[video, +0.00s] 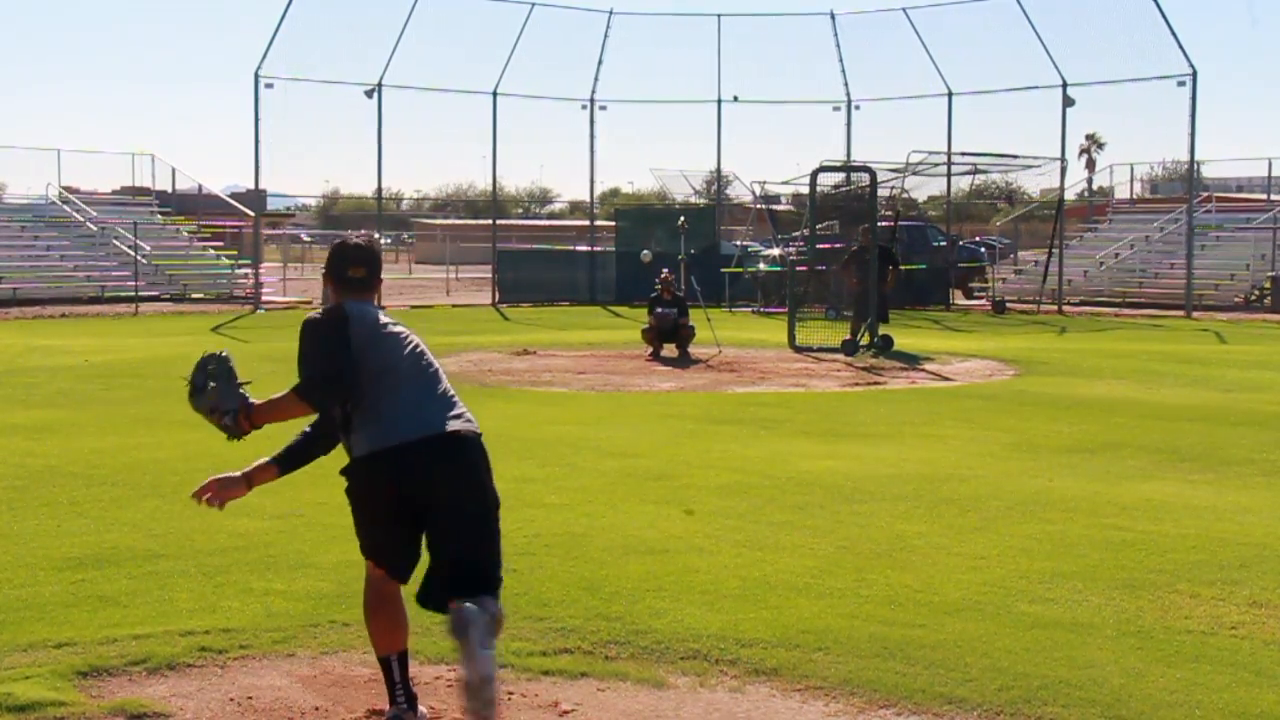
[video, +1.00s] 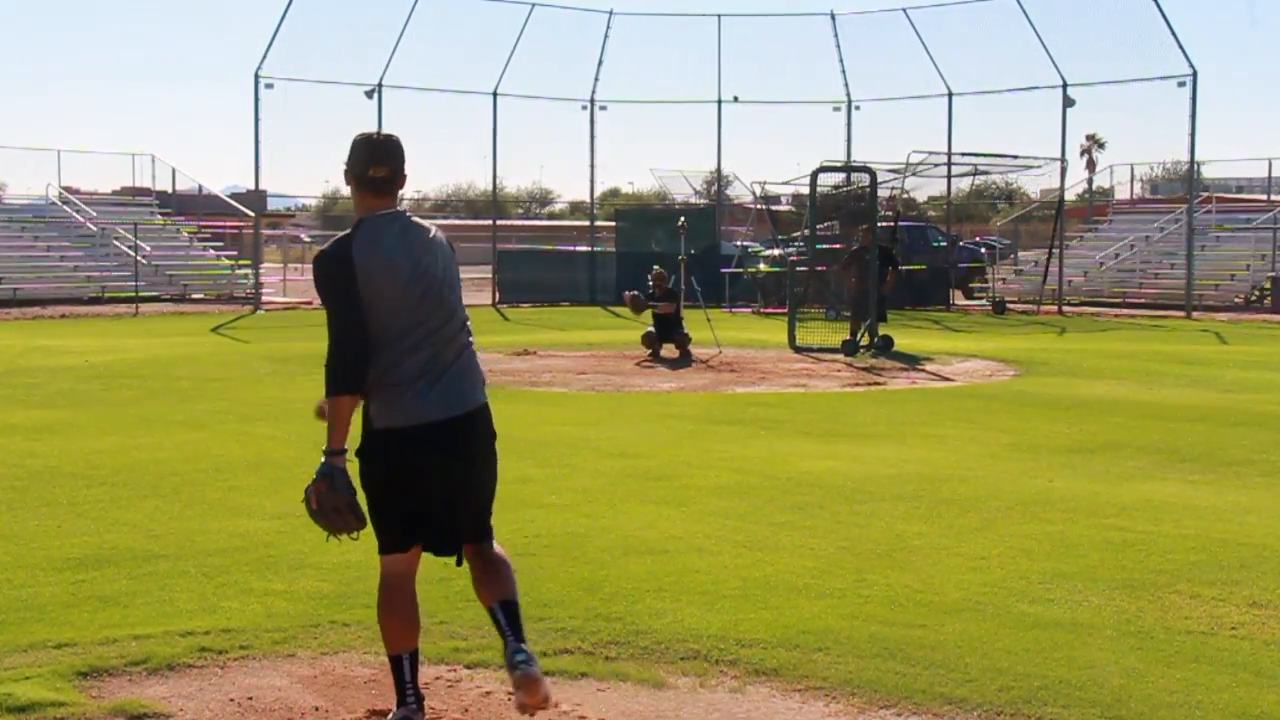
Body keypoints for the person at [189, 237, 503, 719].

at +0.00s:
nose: (322, 288)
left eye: (323, 281)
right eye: (325, 282)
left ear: (328, 283)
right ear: (378, 285)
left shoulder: (323, 324)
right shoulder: (396, 333)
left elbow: (320, 395)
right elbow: (328, 432)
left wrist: (251, 413)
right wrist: (248, 477)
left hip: (385, 461)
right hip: (457, 449)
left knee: (384, 574)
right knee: (475, 586)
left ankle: (401, 701)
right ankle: (474, 626)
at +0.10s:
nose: (308, 276)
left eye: (309, 268)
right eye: (313, 269)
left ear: (313, 270)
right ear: (362, 271)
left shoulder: (318, 304)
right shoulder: (385, 316)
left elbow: (336, 353)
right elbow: (366, 413)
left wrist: (265, 411)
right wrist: (308, 460)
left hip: (395, 443)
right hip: (467, 421)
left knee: (395, 570)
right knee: (520, 565)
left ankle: (406, 700)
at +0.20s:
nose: (301, 263)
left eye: (300, 255)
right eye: (311, 253)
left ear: (304, 257)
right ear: (352, 254)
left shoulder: (312, 295)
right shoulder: (377, 301)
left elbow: (340, 343)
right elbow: (381, 401)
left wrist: (314, 412)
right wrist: (349, 476)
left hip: (404, 438)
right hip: (474, 407)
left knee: (403, 571)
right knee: (559, 536)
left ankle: (408, 704)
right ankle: (666, 609)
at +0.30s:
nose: (295, 248)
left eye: (296, 240)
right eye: (302, 238)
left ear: (301, 246)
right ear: (348, 243)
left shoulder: (315, 289)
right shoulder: (374, 288)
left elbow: (366, 342)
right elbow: (384, 390)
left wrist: (380, 421)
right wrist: (367, 480)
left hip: (419, 431)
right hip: (482, 403)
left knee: (410, 571)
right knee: (574, 529)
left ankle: (409, 704)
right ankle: (679, 628)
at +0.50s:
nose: (309, 224)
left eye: (309, 216)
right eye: (314, 216)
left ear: (313, 223)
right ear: (363, 216)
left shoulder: (347, 276)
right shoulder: (374, 265)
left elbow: (417, 347)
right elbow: (355, 370)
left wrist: (445, 432)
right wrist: (317, 444)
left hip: (431, 428)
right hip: (493, 410)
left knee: (418, 567)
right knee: (542, 548)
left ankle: (411, 703)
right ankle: (603, 678)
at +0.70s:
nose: (332, 202)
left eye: (333, 193)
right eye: (339, 192)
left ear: (337, 199)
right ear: (387, 196)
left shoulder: (367, 260)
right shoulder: (402, 244)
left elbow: (417, 362)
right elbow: (360, 337)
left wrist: (422, 450)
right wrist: (276, 359)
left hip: (435, 422)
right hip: (490, 409)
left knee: (417, 564)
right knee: (535, 546)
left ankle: (412, 703)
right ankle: (597, 672)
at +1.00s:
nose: (356, 184)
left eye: (352, 174)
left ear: (349, 181)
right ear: (403, 181)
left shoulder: (339, 256)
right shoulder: (435, 240)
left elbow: (347, 358)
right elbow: (426, 334)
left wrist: (334, 456)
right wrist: (339, 393)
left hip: (396, 439)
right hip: (468, 428)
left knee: (398, 565)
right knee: (480, 541)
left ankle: (408, 701)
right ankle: (518, 648)